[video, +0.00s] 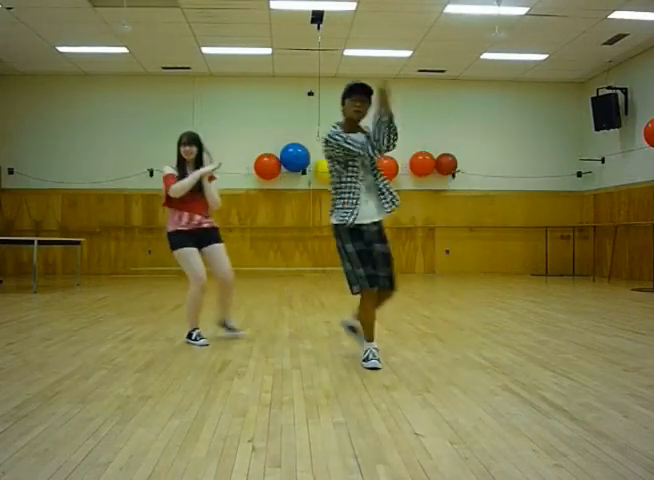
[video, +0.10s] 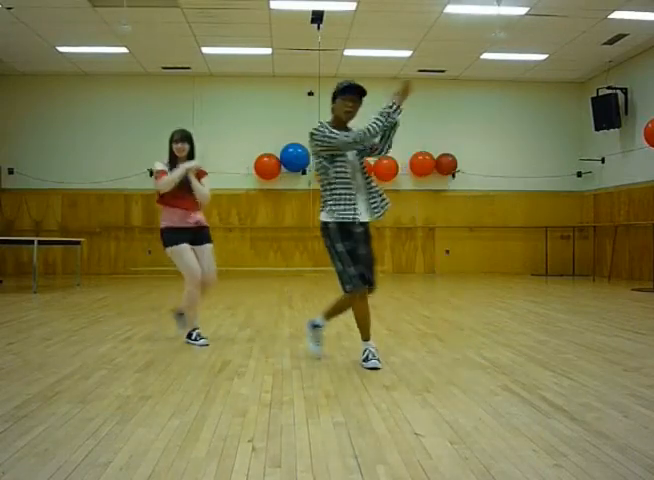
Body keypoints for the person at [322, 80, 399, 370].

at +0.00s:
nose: (359, 108)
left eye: (364, 104)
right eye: (354, 102)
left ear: (367, 109)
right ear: (343, 104)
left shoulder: (366, 136)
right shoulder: (333, 138)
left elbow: (388, 143)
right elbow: (361, 148)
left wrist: (385, 111)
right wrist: (374, 123)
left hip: (373, 219)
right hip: (348, 220)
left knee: (386, 287)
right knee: (368, 286)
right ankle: (369, 346)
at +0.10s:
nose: (351, 109)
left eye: (356, 105)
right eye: (347, 103)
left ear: (358, 108)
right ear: (333, 102)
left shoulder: (354, 138)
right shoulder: (320, 134)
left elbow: (380, 148)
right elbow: (358, 137)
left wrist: (394, 113)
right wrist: (394, 104)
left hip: (359, 219)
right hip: (335, 220)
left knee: (364, 285)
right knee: (356, 287)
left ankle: (318, 322)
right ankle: (368, 347)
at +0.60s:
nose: (298, 109)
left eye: (301, 104)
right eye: (292, 105)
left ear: (306, 108)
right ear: (280, 109)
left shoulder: (314, 143)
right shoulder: (270, 140)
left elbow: (309, 181)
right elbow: (249, 184)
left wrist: (277, 156)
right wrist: (255, 153)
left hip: (295, 228)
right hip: (266, 223)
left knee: (299, 297)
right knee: (243, 290)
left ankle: (277, 338)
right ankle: (218, 347)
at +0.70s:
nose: (288, 111)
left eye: (292, 106)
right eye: (281, 107)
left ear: (298, 110)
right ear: (271, 112)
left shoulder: (307, 145)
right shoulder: (255, 149)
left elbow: (313, 181)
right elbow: (250, 191)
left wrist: (286, 154)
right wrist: (264, 160)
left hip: (291, 231)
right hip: (260, 229)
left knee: (307, 297)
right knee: (239, 294)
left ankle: (292, 332)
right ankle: (219, 349)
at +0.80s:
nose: (285, 110)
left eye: (289, 105)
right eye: (278, 106)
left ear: (295, 110)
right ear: (268, 113)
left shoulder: (303, 145)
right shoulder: (256, 149)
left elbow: (329, 181)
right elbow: (257, 188)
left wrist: (314, 151)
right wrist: (289, 161)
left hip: (294, 235)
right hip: (262, 234)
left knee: (322, 291)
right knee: (239, 294)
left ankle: (322, 335)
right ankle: (218, 348)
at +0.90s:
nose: (290, 107)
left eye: (294, 102)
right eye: (283, 103)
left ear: (300, 106)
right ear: (273, 109)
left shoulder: (312, 141)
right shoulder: (264, 146)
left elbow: (342, 175)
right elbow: (278, 183)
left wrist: (342, 163)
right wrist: (315, 173)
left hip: (306, 232)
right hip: (274, 232)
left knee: (338, 288)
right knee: (251, 294)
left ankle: (349, 340)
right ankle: (221, 347)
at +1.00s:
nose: (302, 103)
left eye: (305, 98)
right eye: (295, 100)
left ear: (311, 103)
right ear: (284, 107)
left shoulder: (323, 137)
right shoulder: (278, 145)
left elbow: (345, 165)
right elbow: (296, 185)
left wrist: (363, 177)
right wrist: (334, 186)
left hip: (327, 227)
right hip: (296, 229)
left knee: (351, 288)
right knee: (271, 292)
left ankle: (353, 343)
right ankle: (232, 344)